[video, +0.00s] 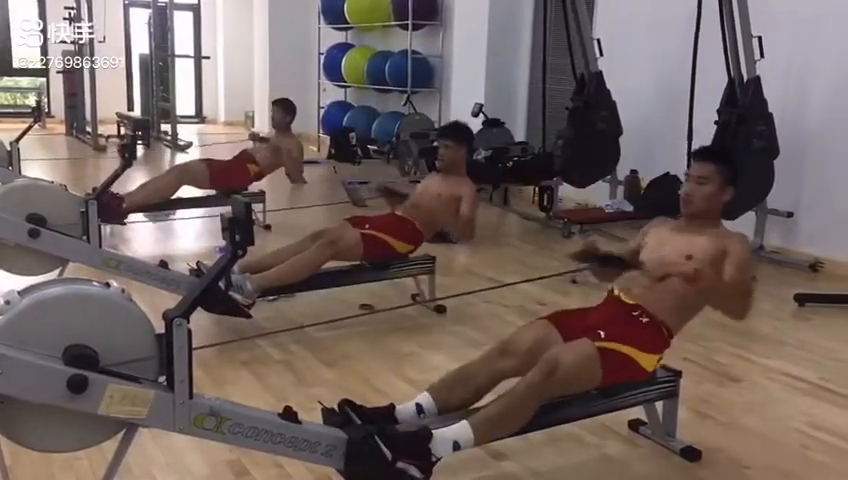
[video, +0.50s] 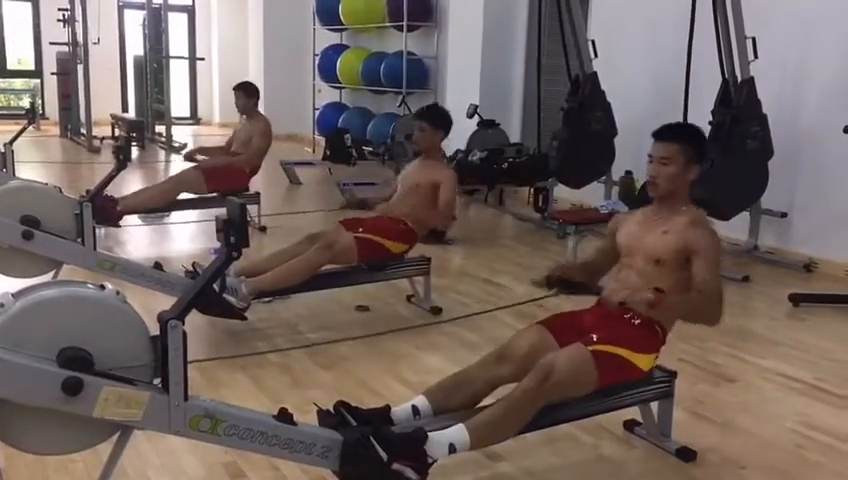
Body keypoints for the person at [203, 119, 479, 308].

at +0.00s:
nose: (439, 153)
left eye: (446, 149)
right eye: (438, 148)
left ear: (464, 153)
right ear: (441, 150)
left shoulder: (467, 189)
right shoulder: (433, 177)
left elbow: (466, 235)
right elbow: (411, 212)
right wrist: (393, 198)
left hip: (405, 234)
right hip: (386, 220)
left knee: (331, 244)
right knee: (318, 235)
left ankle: (251, 287)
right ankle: (234, 269)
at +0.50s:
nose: (416, 136)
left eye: (422, 131)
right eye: (416, 130)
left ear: (440, 135)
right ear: (422, 133)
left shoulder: (445, 174)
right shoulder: (415, 165)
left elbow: (444, 222)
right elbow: (397, 198)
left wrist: (409, 210)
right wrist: (375, 204)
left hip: (400, 233)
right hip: (379, 222)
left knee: (325, 248)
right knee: (311, 239)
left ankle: (245, 290)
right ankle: (227, 274)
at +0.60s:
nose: (405, 130)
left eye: (412, 125)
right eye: (406, 124)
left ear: (432, 131)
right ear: (411, 129)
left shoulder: (437, 170)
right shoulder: (406, 163)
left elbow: (427, 218)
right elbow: (382, 198)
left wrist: (378, 220)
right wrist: (351, 209)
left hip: (396, 238)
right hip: (374, 227)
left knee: (326, 249)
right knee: (312, 240)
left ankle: (247, 291)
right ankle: (232, 274)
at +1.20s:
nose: (380, 127)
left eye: (387, 121)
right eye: (381, 121)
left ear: (405, 125)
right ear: (390, 125)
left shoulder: (418, 165)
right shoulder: (385, 162)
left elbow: (387, 211)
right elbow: (351, 195)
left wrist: (341, 238)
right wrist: (310, 222)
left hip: (398, 244)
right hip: (376, 235)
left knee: (326, 263)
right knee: (314, 252)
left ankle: (251, 295)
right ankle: (237, 278)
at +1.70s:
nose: (351, 128)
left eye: (358, 123)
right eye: (352, 122)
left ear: (377, 128)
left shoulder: (392, 168)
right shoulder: (359, 164)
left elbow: (358, 209)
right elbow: (320, 196)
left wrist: (310, 234)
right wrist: (282, 221)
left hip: (385, 244)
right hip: (363, 233)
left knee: (312, 235)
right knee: (301, 224)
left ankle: (256, 296)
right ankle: (242, 279)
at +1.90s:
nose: (325, 131)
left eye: (332, 125)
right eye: (326, 125)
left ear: (350, 130)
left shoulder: (368, 171)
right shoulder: (338, 166)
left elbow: (331, 208)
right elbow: (303, 194)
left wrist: (282, 234)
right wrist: (270, 215)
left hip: (369, 246)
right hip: (353, 237)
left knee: (290, 214)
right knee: (288, 216)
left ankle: (246, 280)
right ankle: (255, 293)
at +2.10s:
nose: (294, 134)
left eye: (301, 128)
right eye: (295, 127)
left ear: (320, 133)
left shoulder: (337, 173)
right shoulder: (308, 169)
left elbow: (296, 209)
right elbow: (275, 195)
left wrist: (249, 237)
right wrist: (230, 222)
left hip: (347, 249)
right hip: (330, 241)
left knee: (285, 214)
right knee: (268, 205)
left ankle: (256, 296)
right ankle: (243, 282)